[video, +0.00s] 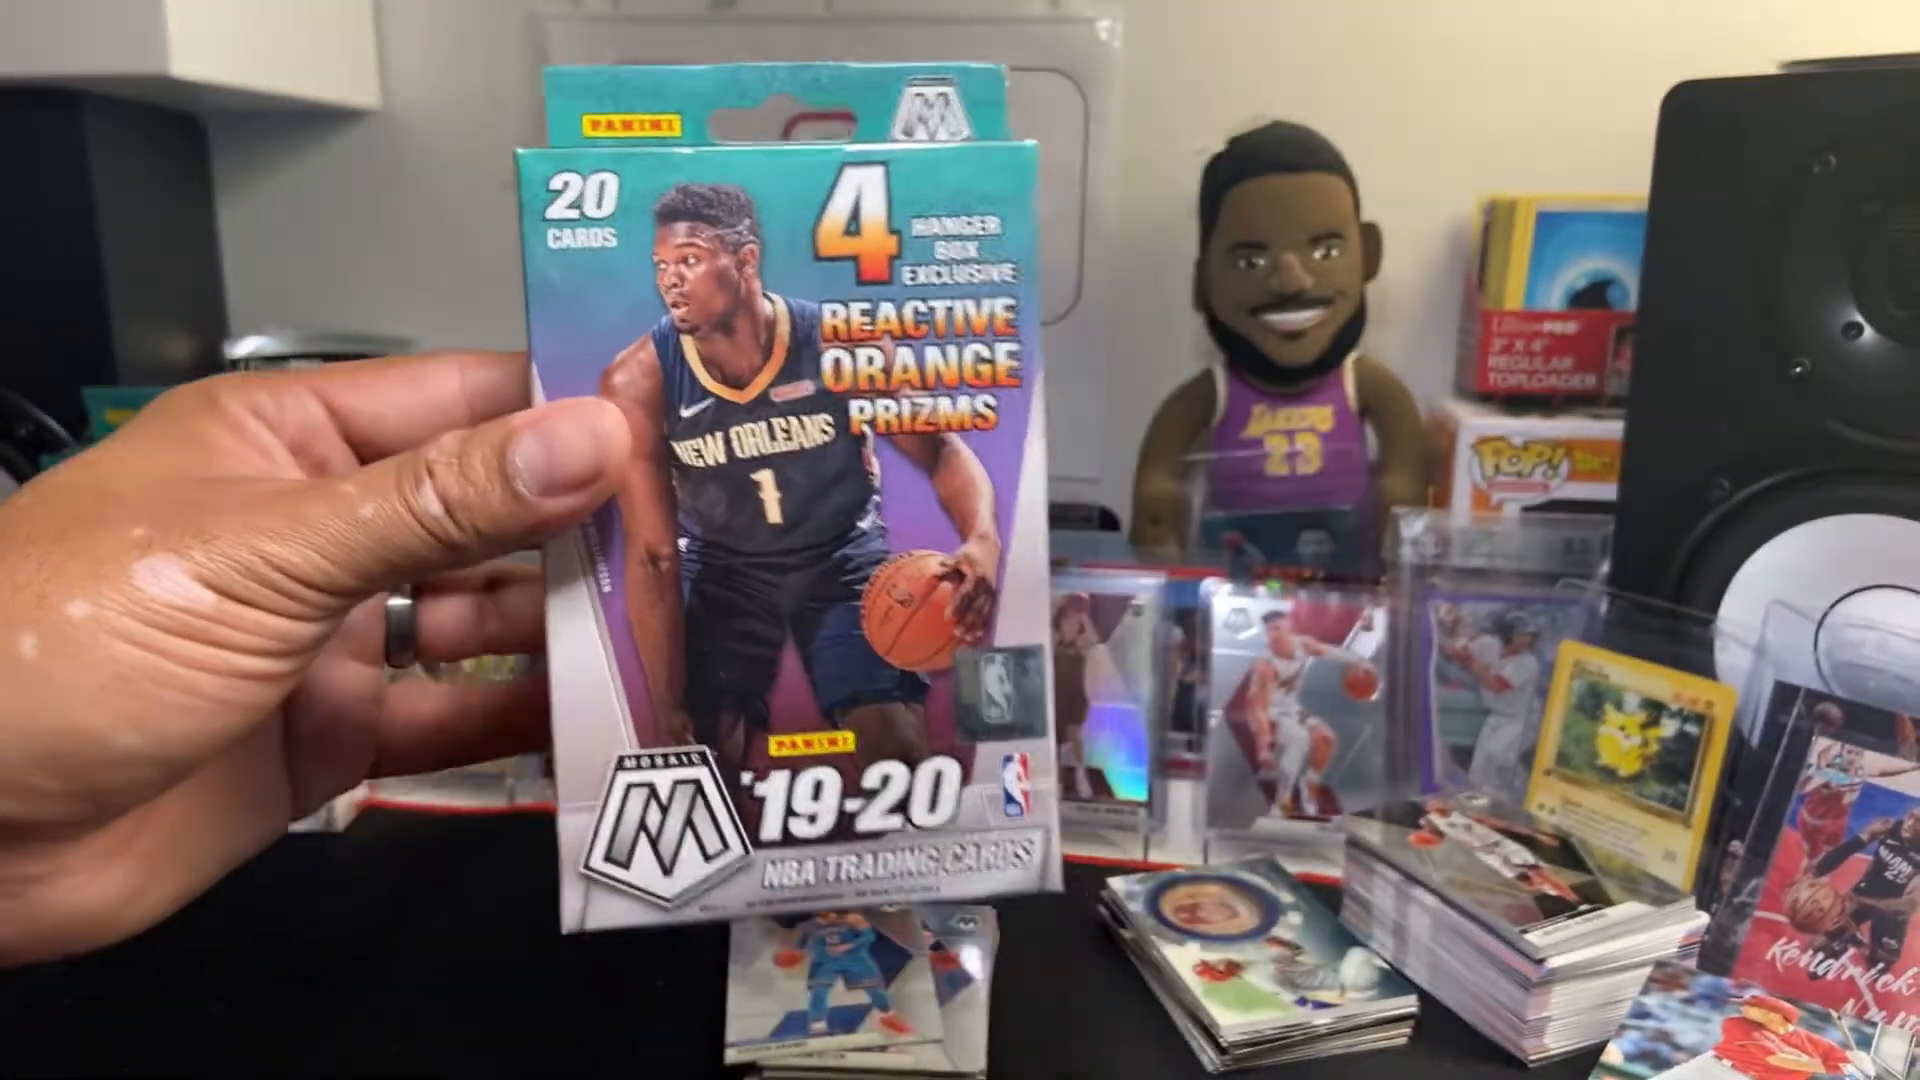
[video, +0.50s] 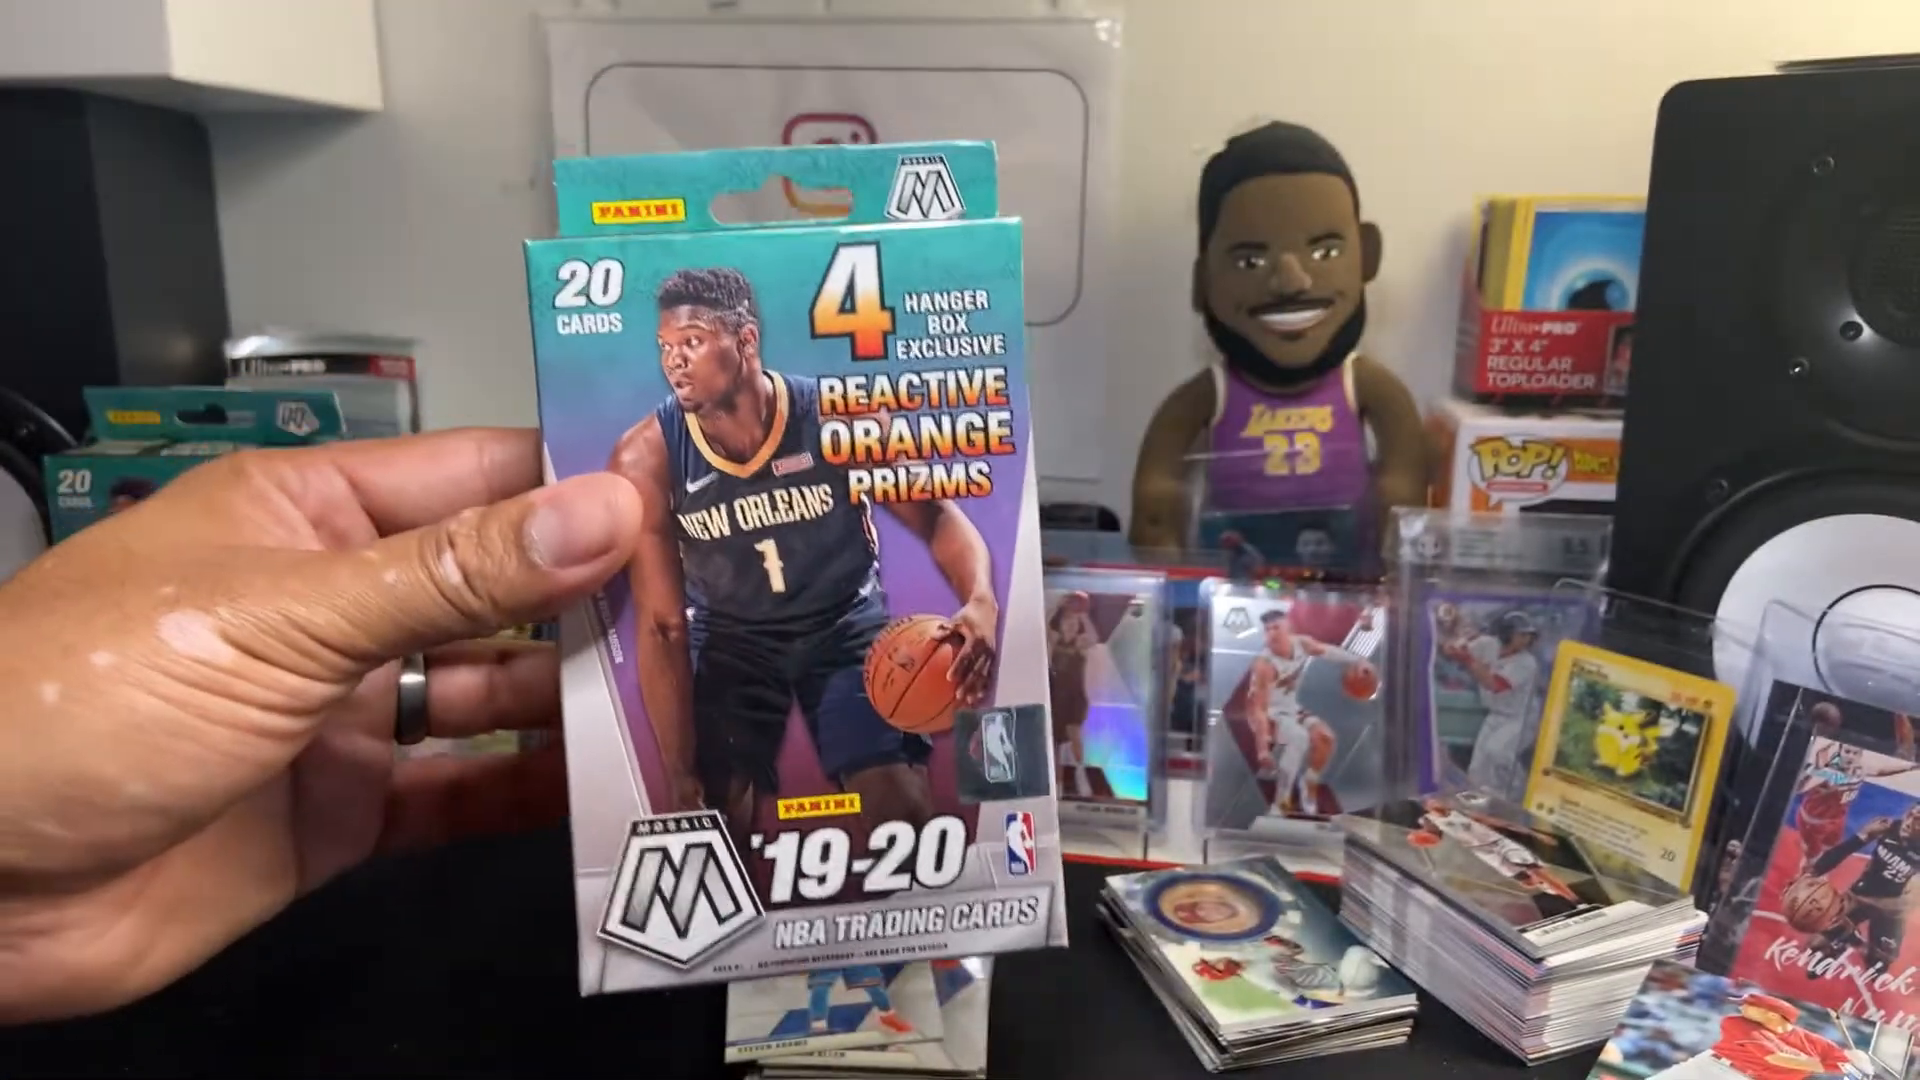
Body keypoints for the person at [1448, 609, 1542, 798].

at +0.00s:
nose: (1527, 640)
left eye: (1530, 635)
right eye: (1522, 634)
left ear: (1532, 638)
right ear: (1510, 635)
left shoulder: (1528, 662)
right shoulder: (1493, 649)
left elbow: (1498, 684)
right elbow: (1460, 651)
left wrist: (1473, 663)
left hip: (1516, 722)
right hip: (1495, 718)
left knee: (1496, 752)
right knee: (1481, 755)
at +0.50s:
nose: (1526, 640)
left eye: (1529, 636)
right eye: (1522, 635)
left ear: (1532, 638)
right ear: (1509, 634)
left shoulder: (1527, 662)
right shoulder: (1489, 645)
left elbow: (1496, 684)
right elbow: (1457, 651)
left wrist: (1471, 662)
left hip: (1517, 721)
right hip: (1494, 717)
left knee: (1496, 750)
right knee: (1479, 756)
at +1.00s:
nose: (1526, 640)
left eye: (1529, 636)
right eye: (1521, 635)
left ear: (1532, 638)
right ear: (1508, 634)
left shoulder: (1527, 662)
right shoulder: (1490, 645)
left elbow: (1497, 684)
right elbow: (1458, 650)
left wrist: (1470, 661)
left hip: (1517, 721)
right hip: (1494, 717)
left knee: (1496, 750)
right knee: (1480, 753)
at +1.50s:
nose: (1527, 641)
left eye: (1530, 636)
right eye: (1523, 635)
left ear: (1533, 638)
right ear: (1510, 635)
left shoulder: (1528, 663)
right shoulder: (1491, 646)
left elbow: (1497, 684)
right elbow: (1461, 651)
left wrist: (1471, 661)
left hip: (1520, 721)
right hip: (1496, 718)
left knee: (1496, 750)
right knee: (1480, 762)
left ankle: (1520, 790)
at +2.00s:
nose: (1528, 641)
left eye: (1531, 636)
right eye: (1523, 635)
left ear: (1535, 639)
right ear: (1511, 635)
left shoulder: (1529, 663)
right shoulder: (1492, 645)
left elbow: (1498, 684)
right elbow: (1462, 651)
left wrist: (1471, 661)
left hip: (1521, 722)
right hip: (1496, 718)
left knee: (1497, 751)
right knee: (1481, 763)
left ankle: (1520, 788)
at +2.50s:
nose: (1528, 641)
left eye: (1531, 636)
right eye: (1523, 635)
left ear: (1534, 639)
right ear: (1511, 634)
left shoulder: (1530, 664)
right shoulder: (1492, 646)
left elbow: (1500, 685)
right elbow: (1461, 651)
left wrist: (1472, 662)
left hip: (1520, 720)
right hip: (1497, 716)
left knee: (1498, 752)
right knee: (1483, 752)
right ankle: (1478, 794)